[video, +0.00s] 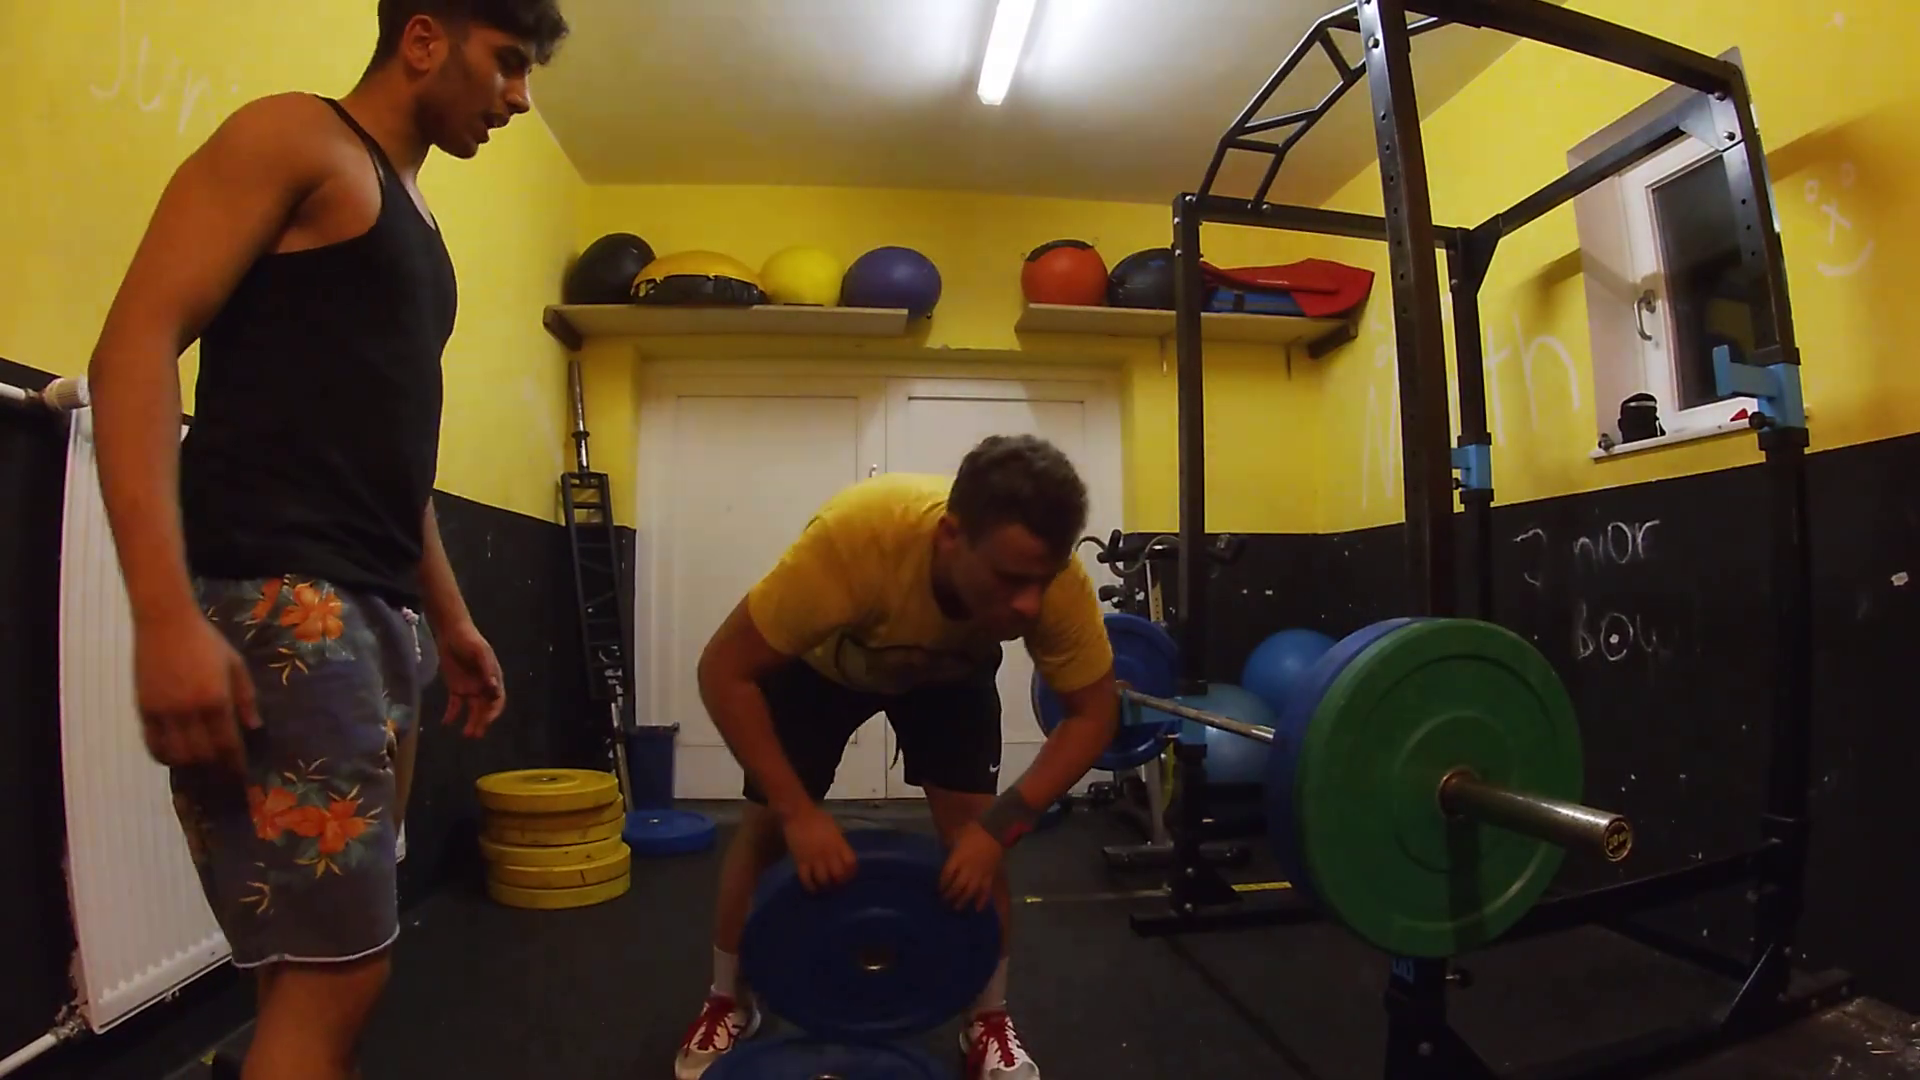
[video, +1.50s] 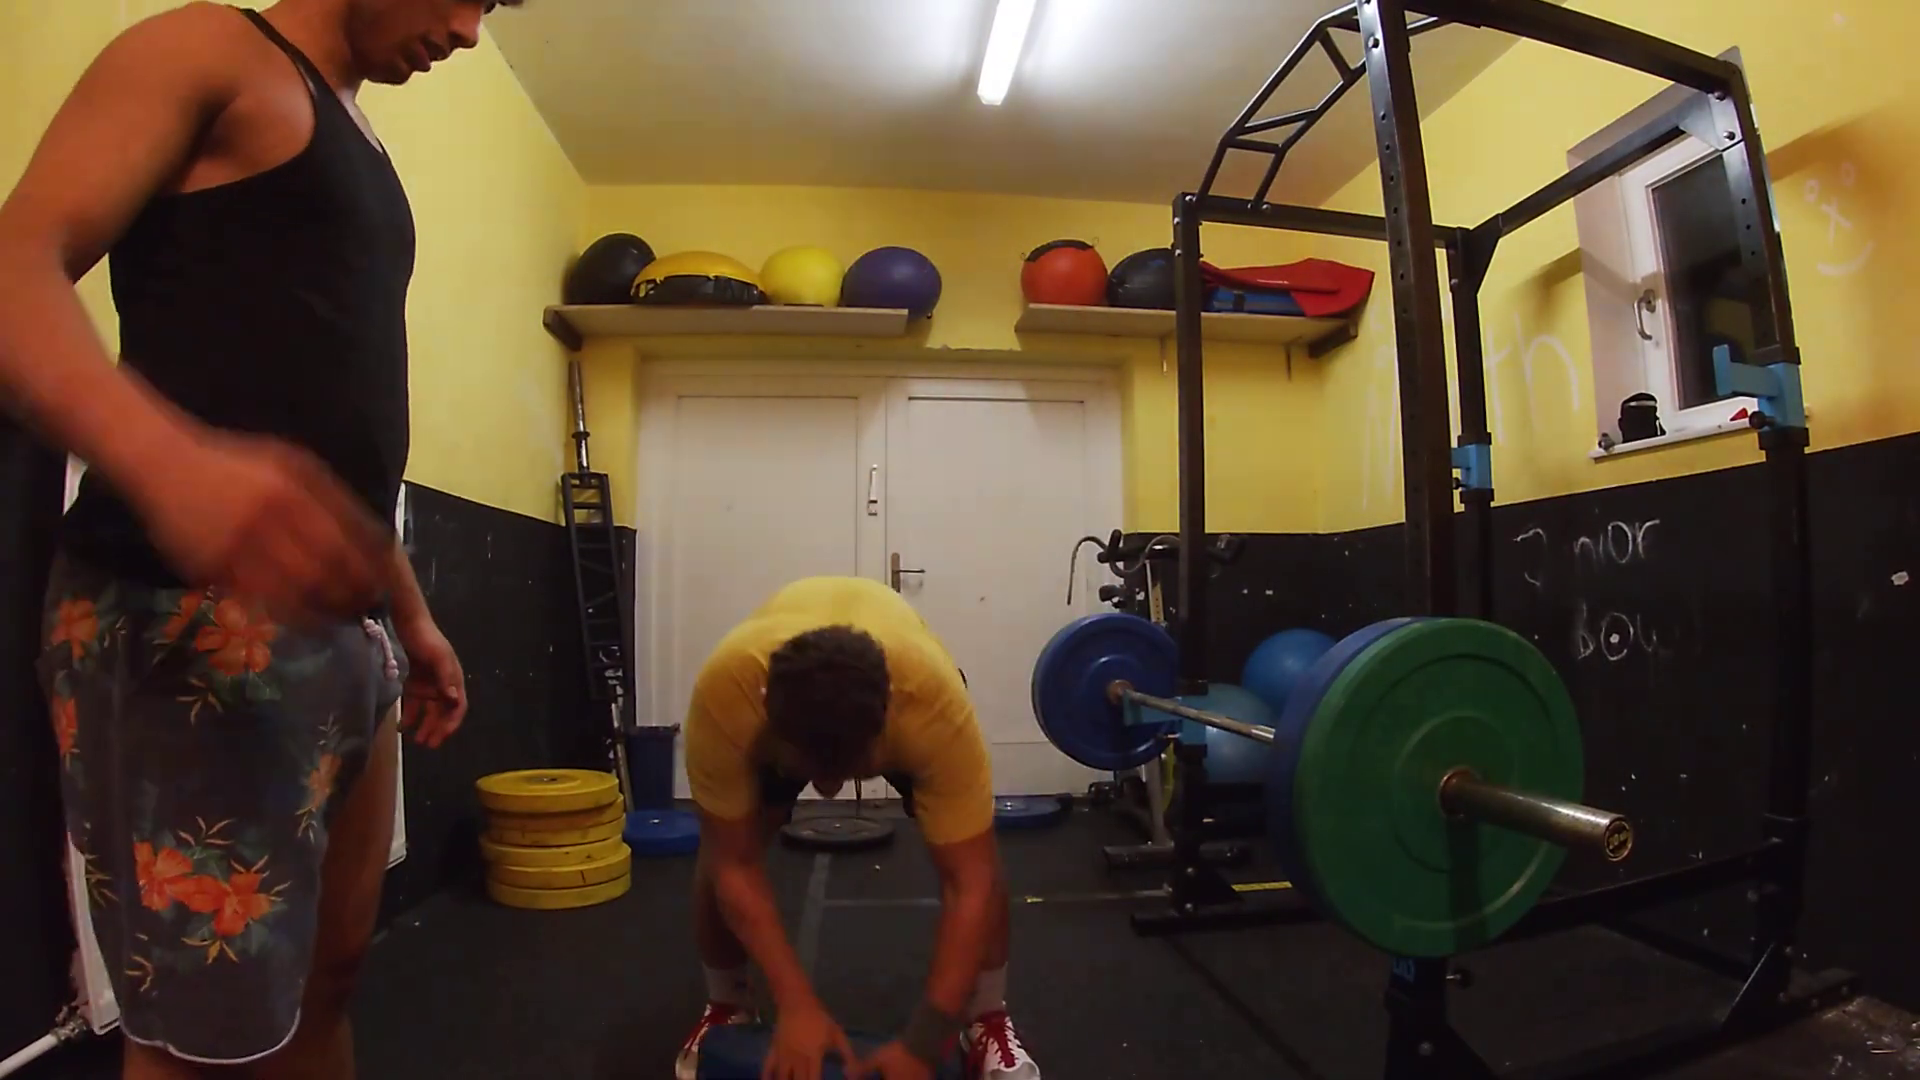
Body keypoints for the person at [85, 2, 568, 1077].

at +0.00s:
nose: (520, 98)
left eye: (529, 74)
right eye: (509, 62)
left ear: (440, 51)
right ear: (425, 38)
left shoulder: (408, 214)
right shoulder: (293, 134)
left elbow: (386, 445)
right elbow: (133, 350)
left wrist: (447, 616)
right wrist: (164, 614)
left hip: (373, 613)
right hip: (283, 609)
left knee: (328, 966)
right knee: (334, 976)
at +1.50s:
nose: (472, 29)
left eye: (485, 12)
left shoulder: (353, 133)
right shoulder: (203, 48)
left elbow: (330, 409)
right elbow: (17, 269)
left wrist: (406, 610)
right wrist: (175, 464)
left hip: (337, 622)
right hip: (188, 617)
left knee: (322, 995)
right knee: (192, 1035)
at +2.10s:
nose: (441, 69)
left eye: (463, 49)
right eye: (445, 28)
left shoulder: (342, 151)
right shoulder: (198, 86)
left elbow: (347, 401)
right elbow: (229, 28)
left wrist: (420, 605)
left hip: (357, 619)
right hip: (223, 617)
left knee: (325, 996)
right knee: (215, 1034)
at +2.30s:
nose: (435, 69)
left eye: (458, 49)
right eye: (442, 27)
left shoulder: (337, 146)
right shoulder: (193, 78)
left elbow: (334, 398)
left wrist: (403, 599)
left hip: (350, 617)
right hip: (221, 616)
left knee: (321, 999)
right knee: (212, 1036)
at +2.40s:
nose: (432, 66)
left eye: (454, 46)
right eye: (436, 26)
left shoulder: (338, 146)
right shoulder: (193, 68)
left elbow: (334, 398)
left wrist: (399, 599)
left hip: (345, 617)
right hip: (218, 617)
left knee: (320, 999)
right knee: (211, 1038)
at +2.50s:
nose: (427, 65)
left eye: (450, 45)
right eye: (434, 24)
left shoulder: (340, 146)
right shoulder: (187, 66)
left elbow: (328, 400)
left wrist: (402, 599)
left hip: (345, 619)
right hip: (216, 620)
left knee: (319, 1000)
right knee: (209, 1039)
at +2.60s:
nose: (427, 60)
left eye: (450, 41)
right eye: (432, 20)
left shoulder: (341, 147)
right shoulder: (187, 69)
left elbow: (334, 400)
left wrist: (408, 599)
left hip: (347, 622)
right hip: (214, 620)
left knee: (320, 1001)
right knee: (209, 1038)